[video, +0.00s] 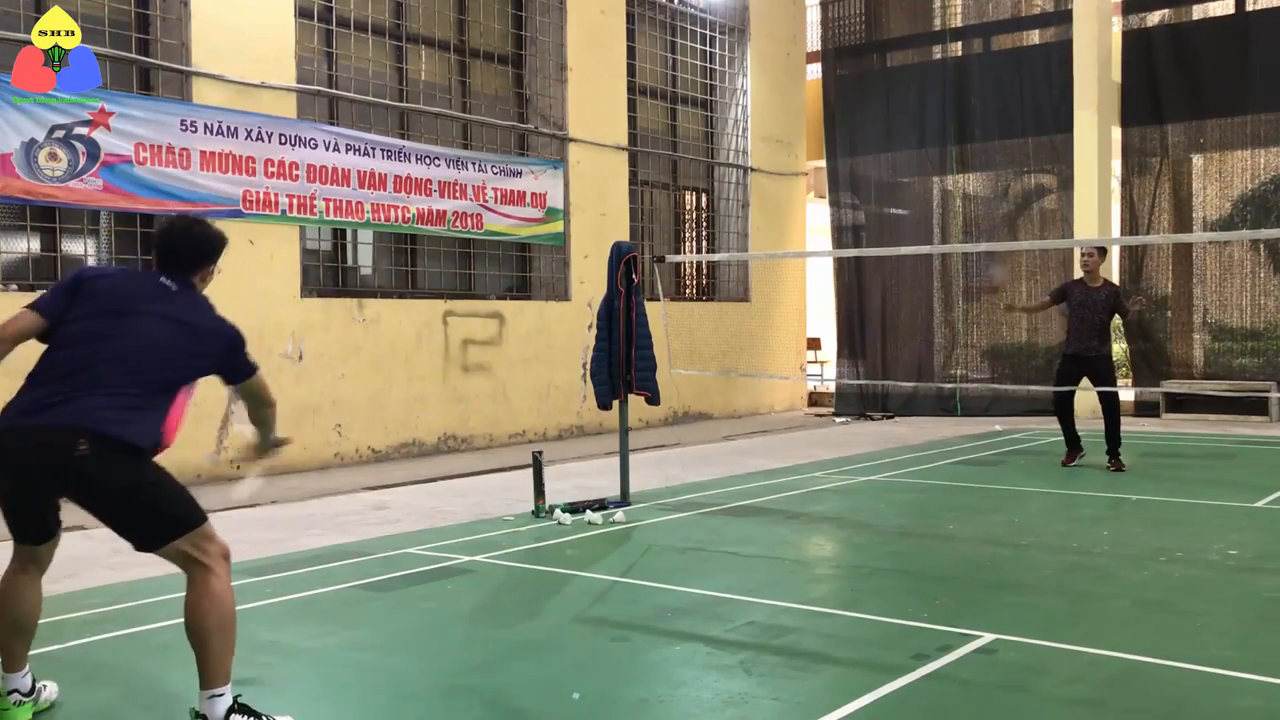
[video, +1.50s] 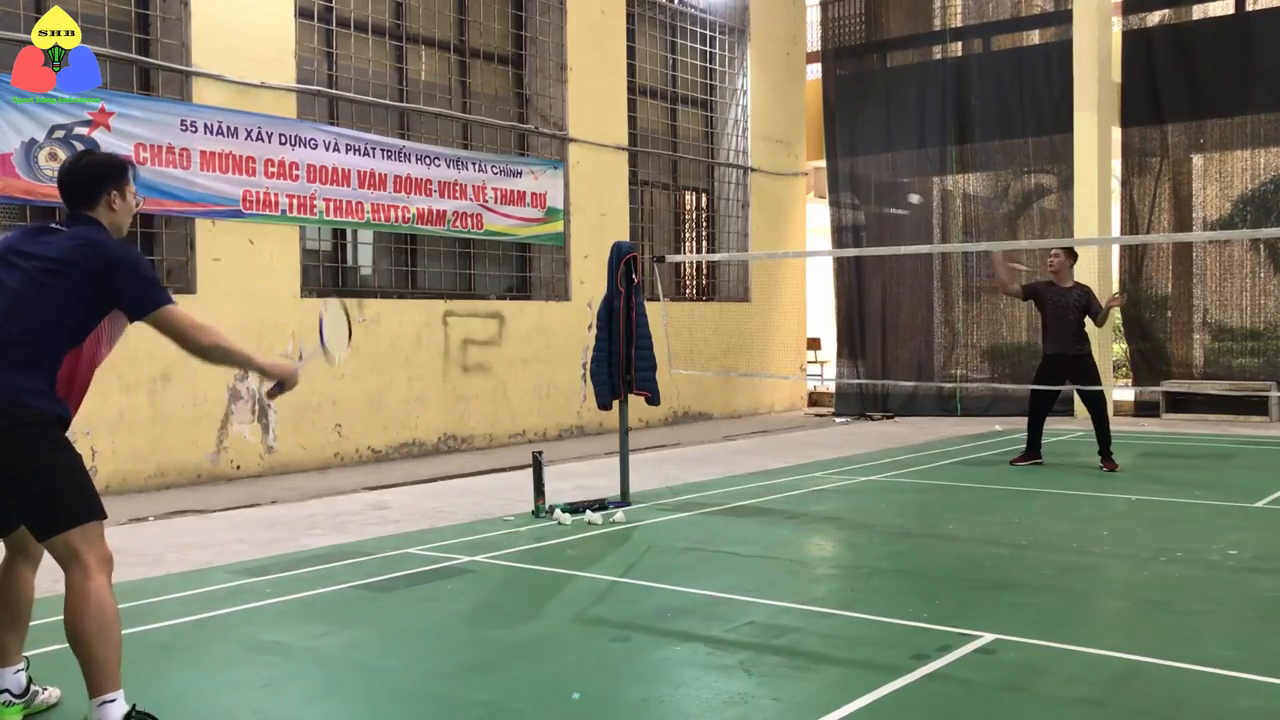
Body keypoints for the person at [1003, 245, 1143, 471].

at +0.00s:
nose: (1085, 259)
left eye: (1090, 255)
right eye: (1083, 255)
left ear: (1101, 260)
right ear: (1080, 259)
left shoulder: (1112, 290)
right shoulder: (1071, 287)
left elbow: (1126, 318)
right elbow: (1043, 305)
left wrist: (1133, 310)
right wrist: (1018, 308)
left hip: (1100, 358)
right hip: (1072, 356)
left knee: (1111, 405)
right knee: (1061, 401)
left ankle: (1114, 455)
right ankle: (1073, 448)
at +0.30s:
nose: (1079, 262)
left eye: (1085, 259)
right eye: (1078, 259)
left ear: (1097, 264)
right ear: (1076, 263)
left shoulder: (1106, 296)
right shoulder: (1067, 287)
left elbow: (1120, 326)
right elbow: (1038, 281)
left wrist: (1121, 311)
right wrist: (1036, 256)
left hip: (1092, 360)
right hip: (1065, 358)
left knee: (1107, 408)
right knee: (1045, 403)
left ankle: (1113, 457)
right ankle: (1040, 451)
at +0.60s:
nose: (1041, 255)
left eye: (1047, 253)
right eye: (1042, 252)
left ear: (1060, 261)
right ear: (1049, 261)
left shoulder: (1070, 288)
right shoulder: (1032, 282)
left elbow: (1088, 316)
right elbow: (1005, 272)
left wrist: (1093, 300)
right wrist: (984, 256)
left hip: (1071, 354)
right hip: (1046, 353)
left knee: (1091, 401)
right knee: (1033, 402)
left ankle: (1108, 450)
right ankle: (1032, 451)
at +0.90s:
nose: (1031, 258)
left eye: (1036, 255)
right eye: (1030, 255)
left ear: (1049, 261)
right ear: (1027, 260)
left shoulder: (1061, 289)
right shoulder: (1020, 290)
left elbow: (1081, 316)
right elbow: (999, 314)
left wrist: (1087, 303)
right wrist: (977, 333)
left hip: (1062, 355)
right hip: (1033, 357)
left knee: (1078, 402)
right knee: (1028, 405)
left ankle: (1092, 451)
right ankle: (1031, 452)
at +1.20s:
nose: (1048, 260)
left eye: (1053, 256)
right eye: (1045, 256)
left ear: (1064, 261)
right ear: (1042, 261)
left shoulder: (1074, 292)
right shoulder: (1033, 288)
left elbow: (1090, 321)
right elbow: (1001, 293)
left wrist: (1096, 307)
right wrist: (988, 272)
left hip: (1069, 357)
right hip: (1041, 357)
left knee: (1089, 404)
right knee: (1030, 405)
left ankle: (1104, 453)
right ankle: (1031, 452)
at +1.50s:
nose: (1050, 260)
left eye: (1055, 256)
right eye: (1049, 256)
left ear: (1070, 262)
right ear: (1048, 262)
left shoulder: (1083, 292)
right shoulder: (1042, 288)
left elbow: (1099, 322)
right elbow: (1010, 289)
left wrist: (1108, 307)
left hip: (1081, 359)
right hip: (1052, 358)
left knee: (1098, 408)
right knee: (1037, 405)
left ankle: (1106, 456)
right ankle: (1032, 452)